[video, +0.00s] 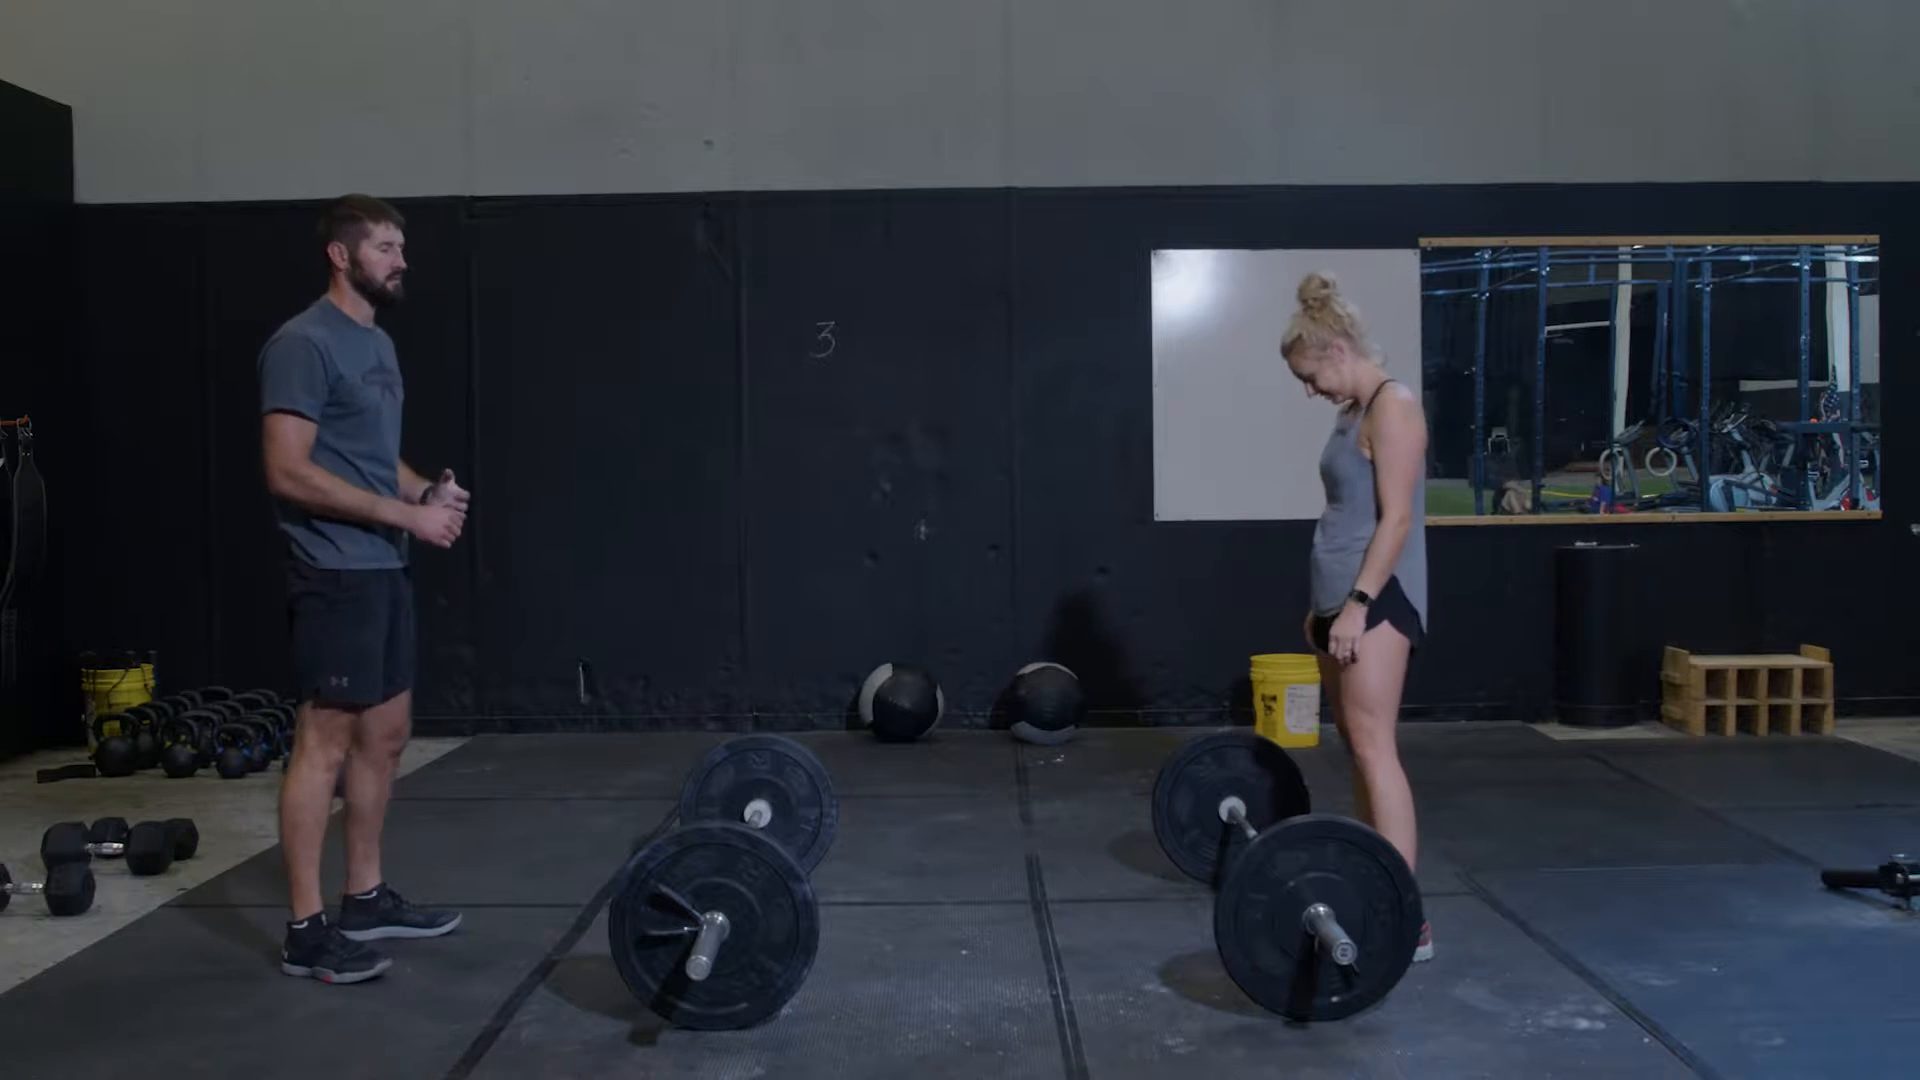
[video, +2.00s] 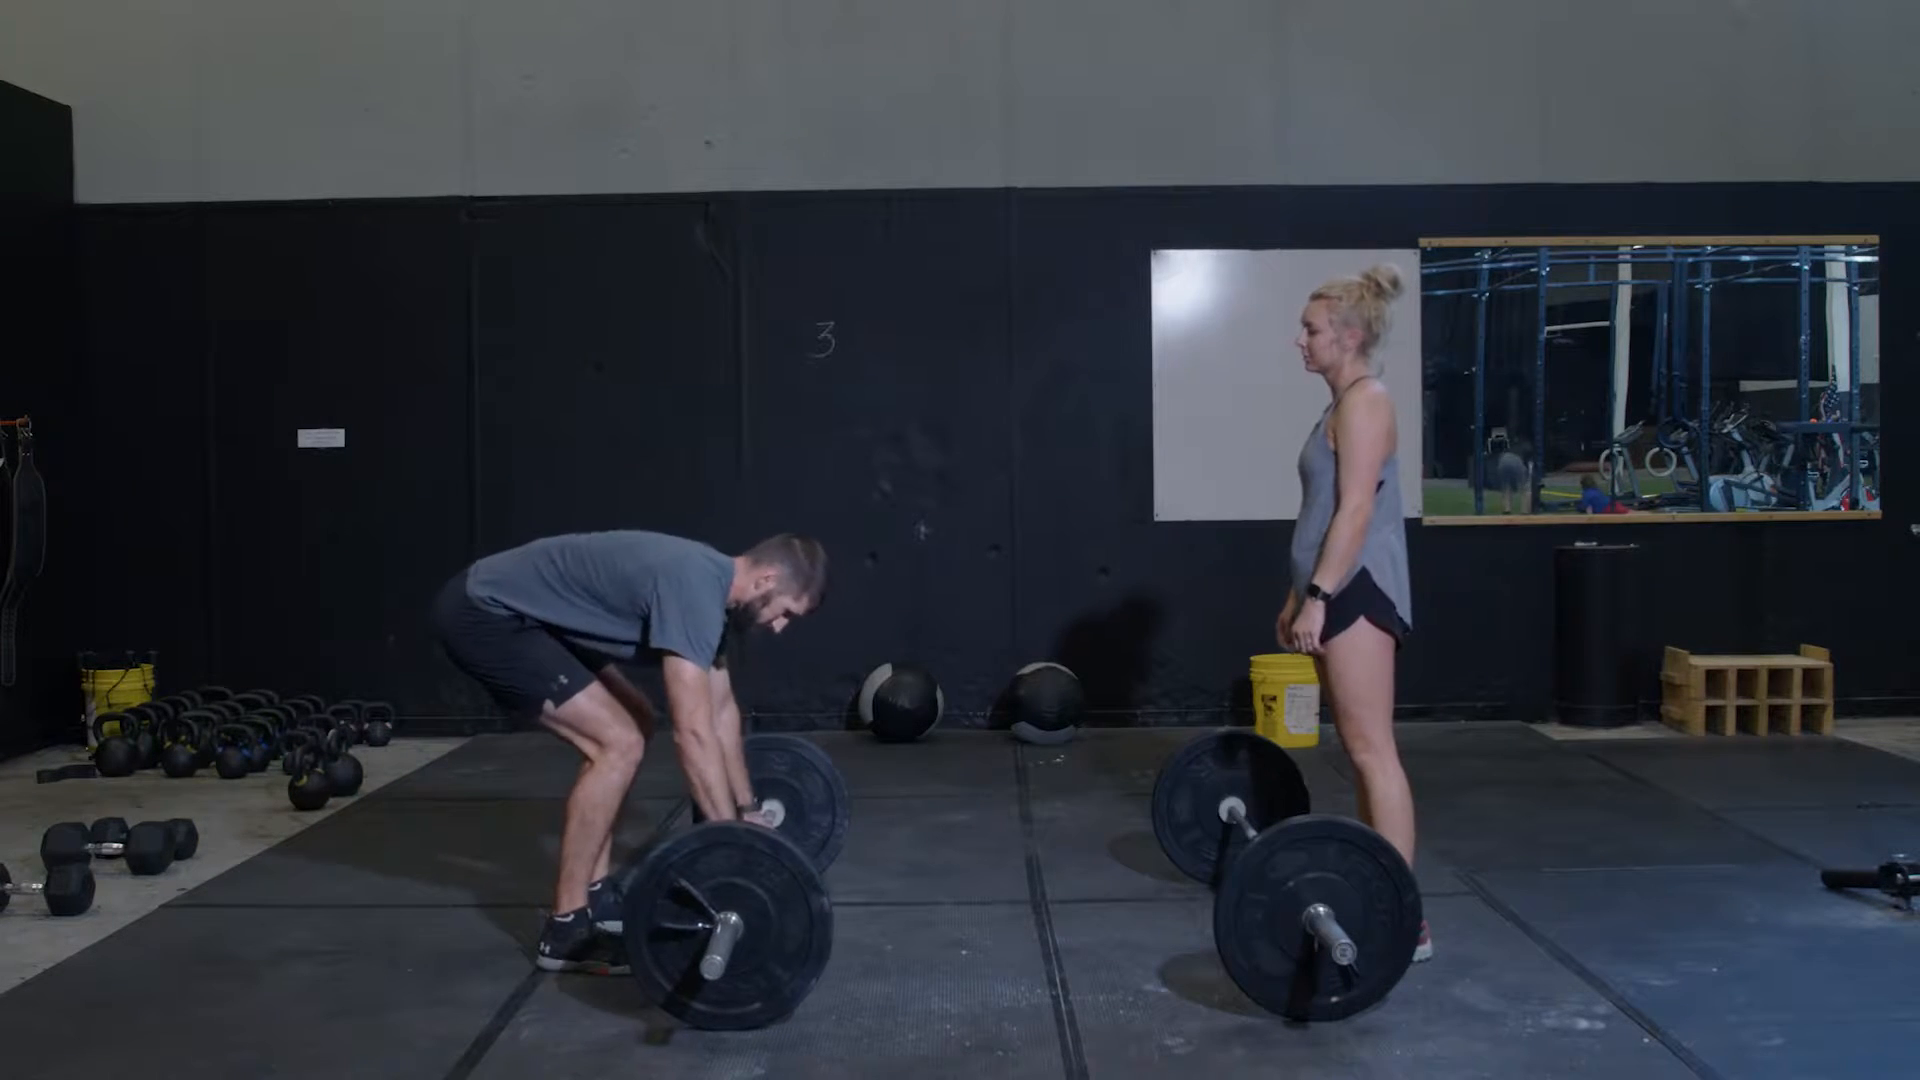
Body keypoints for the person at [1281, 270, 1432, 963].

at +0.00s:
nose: (1313, 389)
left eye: (1313, 375)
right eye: (1305, 381)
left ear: (1342, 347)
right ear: (1332, 354)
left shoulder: (1393, 407)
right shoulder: (1357, 412)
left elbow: (1397, 519)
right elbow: (1346, 518)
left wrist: (1357, 604)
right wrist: (1327, 603)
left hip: (1377, 598)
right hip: (1345, 596)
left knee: (1373, 745)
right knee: (1362, 744)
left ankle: (1402, 911)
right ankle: (1382, 900)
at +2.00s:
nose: (1301, 341)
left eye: (1312, 330)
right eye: (1303, 329)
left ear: (1351, 337)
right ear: (1342, 339)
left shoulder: (1365, 403)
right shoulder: (1341, 407)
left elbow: (1356, 511)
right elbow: (1326, 515)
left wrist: (1318, 595)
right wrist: (1299, 594)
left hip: (1361, 594)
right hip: (1340, 592)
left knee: (1373, 751)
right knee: (1364, 750)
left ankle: (1399, 911)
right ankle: (1385, 904)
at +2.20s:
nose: (1302, 341)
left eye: (1313, 331)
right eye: (1304, 329)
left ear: (1351, 339)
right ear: (1343, 340)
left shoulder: (1364, 405)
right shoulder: (1342, 408)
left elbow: (1357, 512)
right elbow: (1327, 516)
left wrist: (1320, 597)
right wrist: (1301, 595)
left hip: (1361, 596)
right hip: (1341, 595)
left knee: (1370, 751)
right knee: (1362, 750)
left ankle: (1399, 911)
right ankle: (1383, 904)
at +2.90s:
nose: (1311, 333)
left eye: (1324, 324)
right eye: (1314, 322)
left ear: (1360, 335)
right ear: (1345, 336)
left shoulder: (1372, 402)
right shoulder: (1341, 406)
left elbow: (1366, 510)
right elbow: (1325, 514)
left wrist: (1327, 595)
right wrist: (1298, 591)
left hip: (1365, 595)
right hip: (1341, 594)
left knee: (1369, 750)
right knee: (1360, 750)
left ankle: (1399, 912)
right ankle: (1385, 904)